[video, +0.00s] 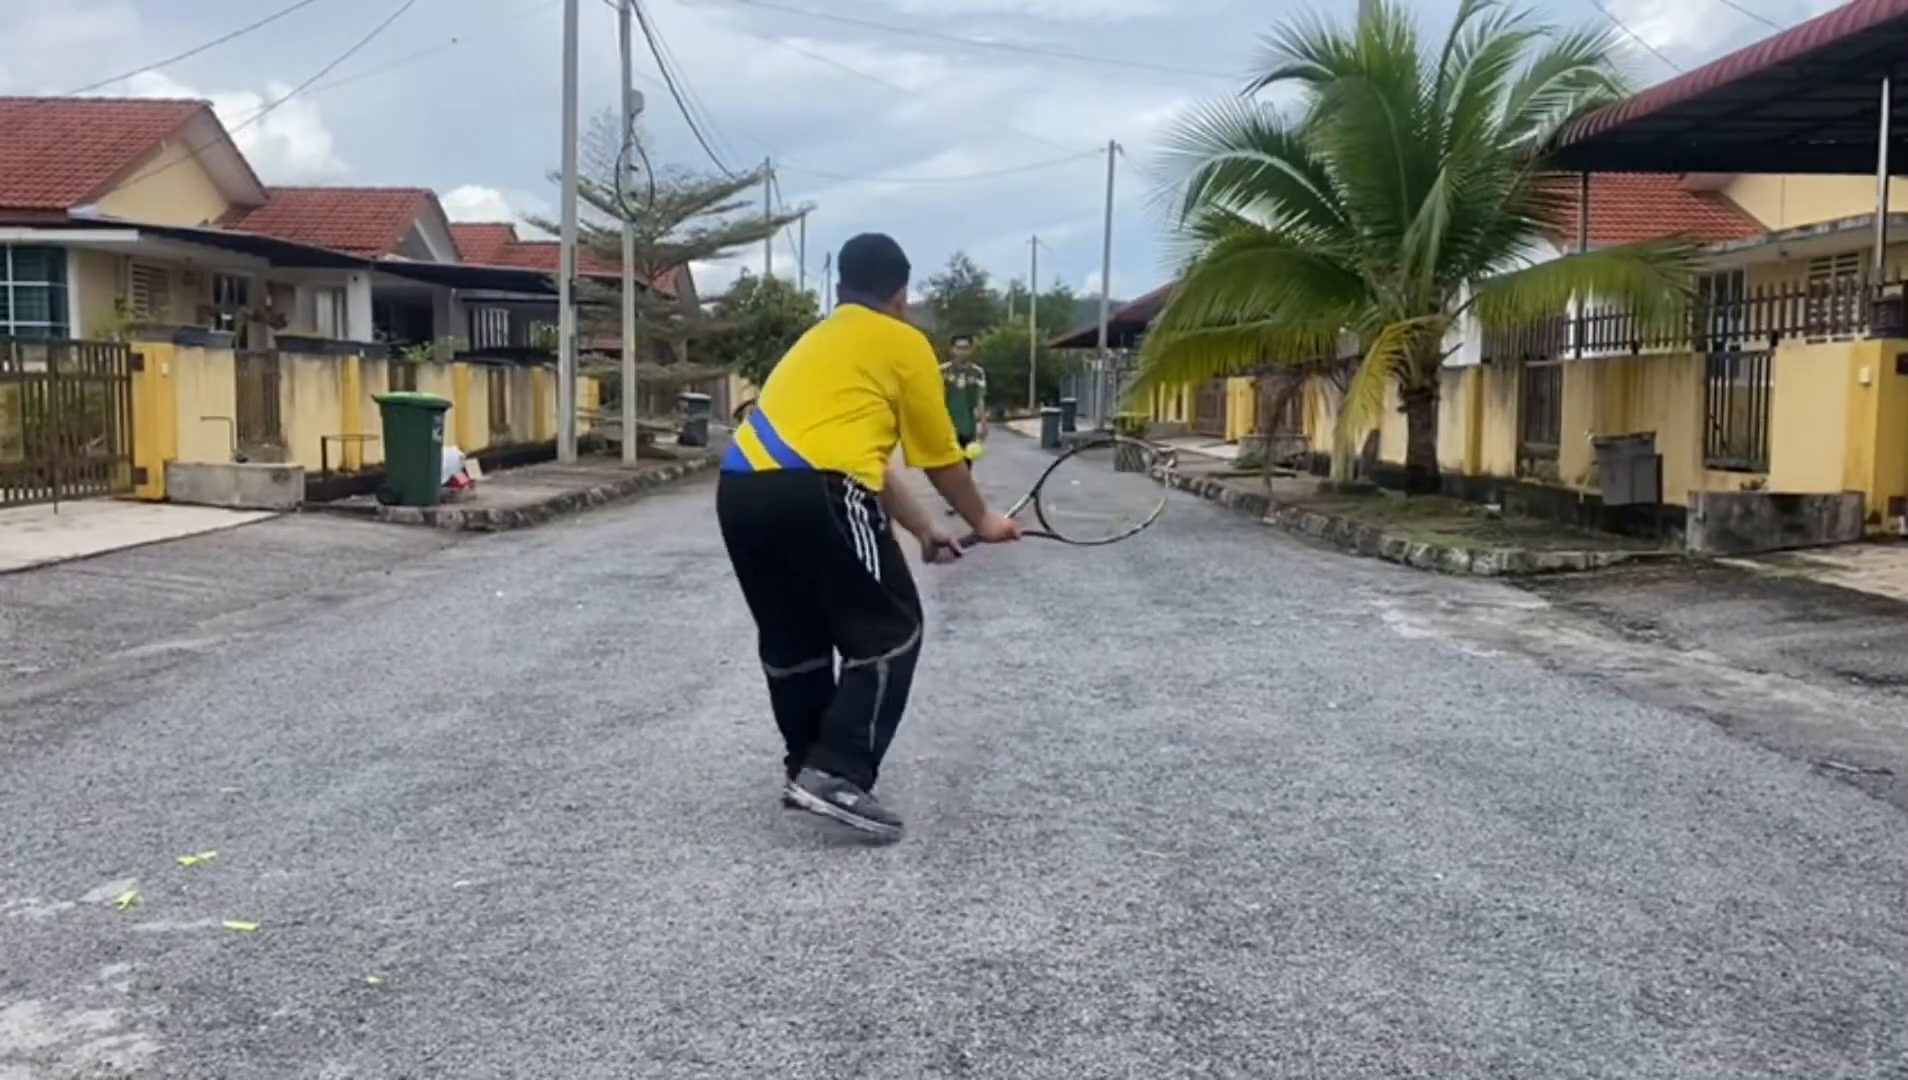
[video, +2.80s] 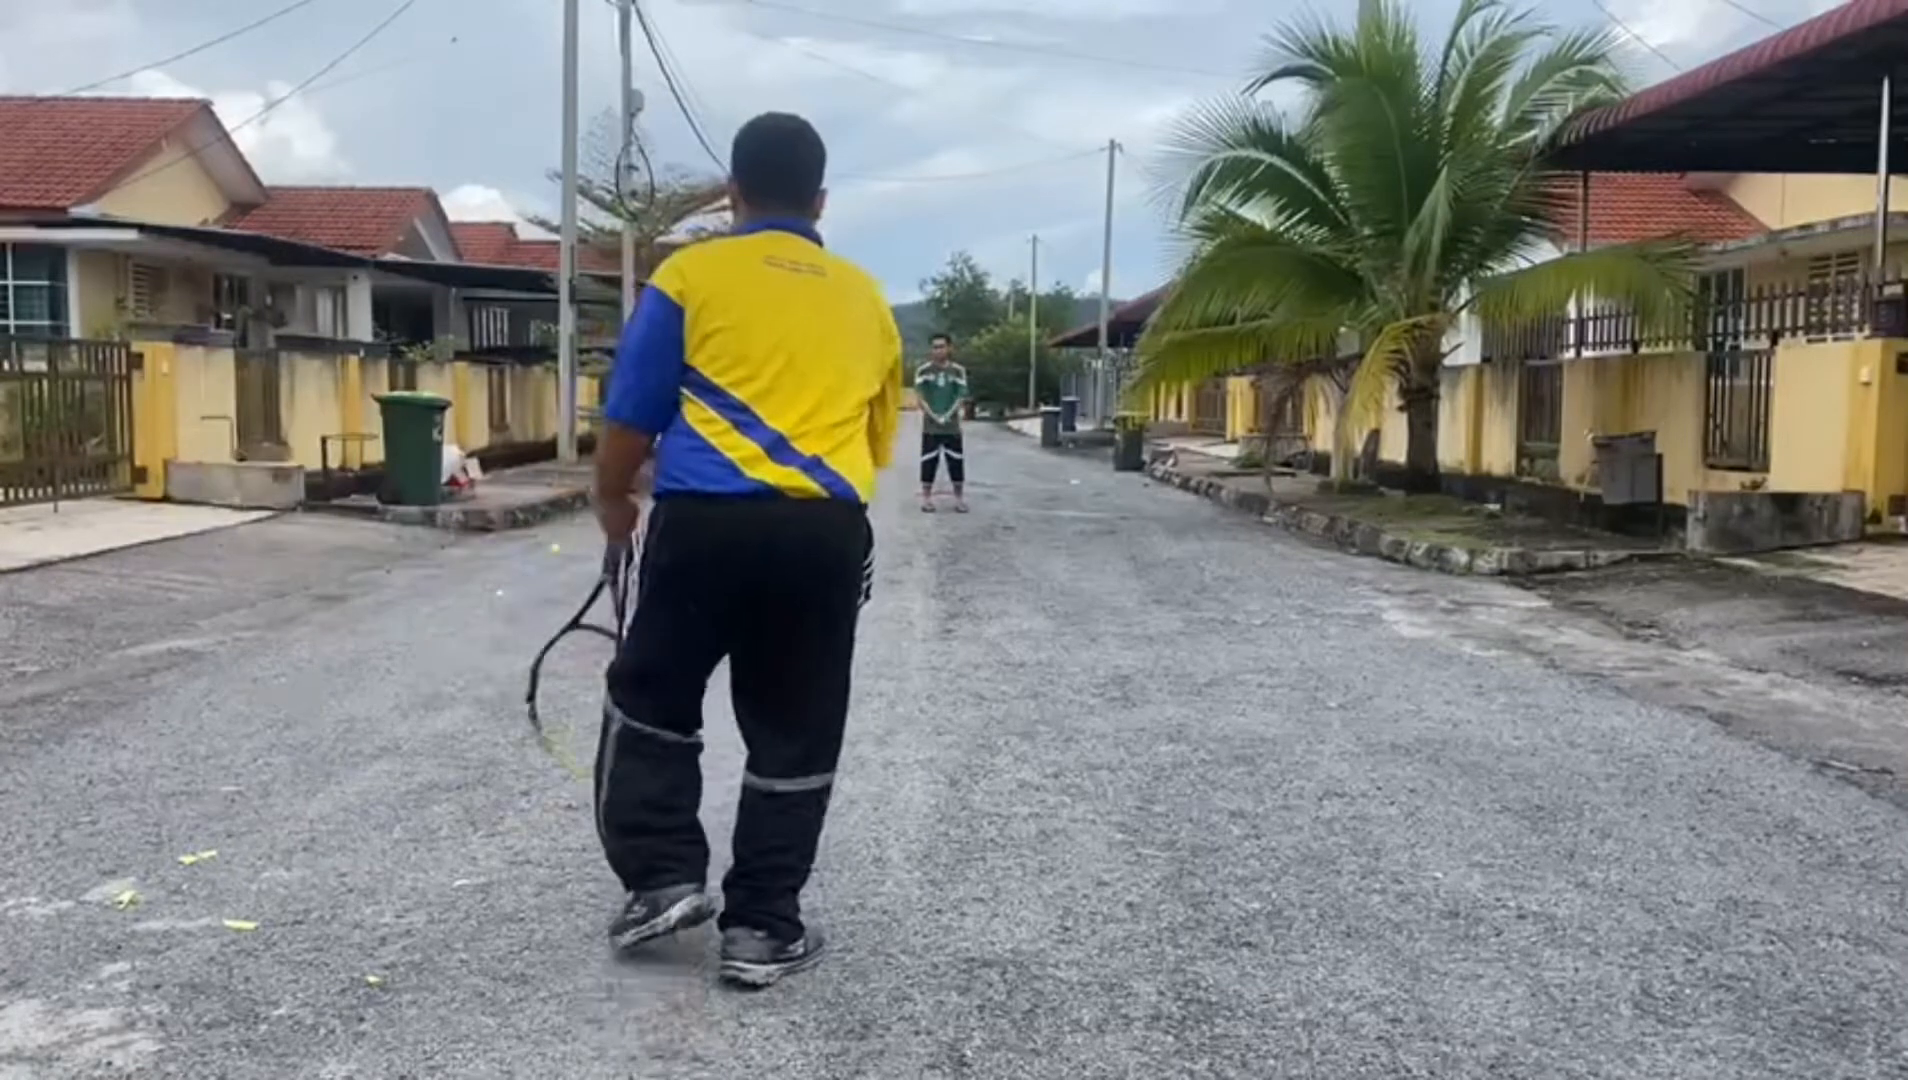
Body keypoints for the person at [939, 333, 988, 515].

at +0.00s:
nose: (961, 352)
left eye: (966, 348)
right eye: (958, 347)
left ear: (971, 350)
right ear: (951, 349)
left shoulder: (977, 373)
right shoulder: (942, 371)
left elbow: (980, 402)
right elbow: (937, 400)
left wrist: (983, 426)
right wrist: (939, 424)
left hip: (969, 427)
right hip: (948, 426)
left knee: (966, 468)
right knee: (950, 465)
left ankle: (963, 501)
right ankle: (953, 501)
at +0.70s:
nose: (945, 350)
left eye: (949, 346)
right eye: (942, 346)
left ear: (955, 349)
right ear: (936, 348)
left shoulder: (960, 371)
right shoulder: (931, 371)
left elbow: (967, 399)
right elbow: (922, 400)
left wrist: (973, 423)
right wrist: (917, 426)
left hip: (956, 426)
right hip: (934, 427)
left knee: (958, 466)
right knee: (931, 466)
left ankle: (955, 499)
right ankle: (927, 498)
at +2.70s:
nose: (938, 351)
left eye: (942, 347)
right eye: (935, 347)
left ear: (950, 349)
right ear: (931, 350)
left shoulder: (959, 371)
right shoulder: (924, 371)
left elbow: (962, 396)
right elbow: (920, 397)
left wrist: (956, 415)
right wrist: (927, 416)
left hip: (952, 422)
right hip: (932, 422)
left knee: (956, 461)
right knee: (929, 461)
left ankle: (959, 497)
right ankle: (927, 497)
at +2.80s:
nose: (938, 351)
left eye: (941, 347)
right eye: (935, 347)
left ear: (949, 349)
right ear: (930, 350)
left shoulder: (958, 370)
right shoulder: (923, 371)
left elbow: (961, 396)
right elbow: (920, 397)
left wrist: (948, 415)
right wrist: (934, 416)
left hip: (952, 424)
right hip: (931, 424)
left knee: (956, 462)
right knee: (928, 463)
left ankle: (959, 497)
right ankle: (927, 497)